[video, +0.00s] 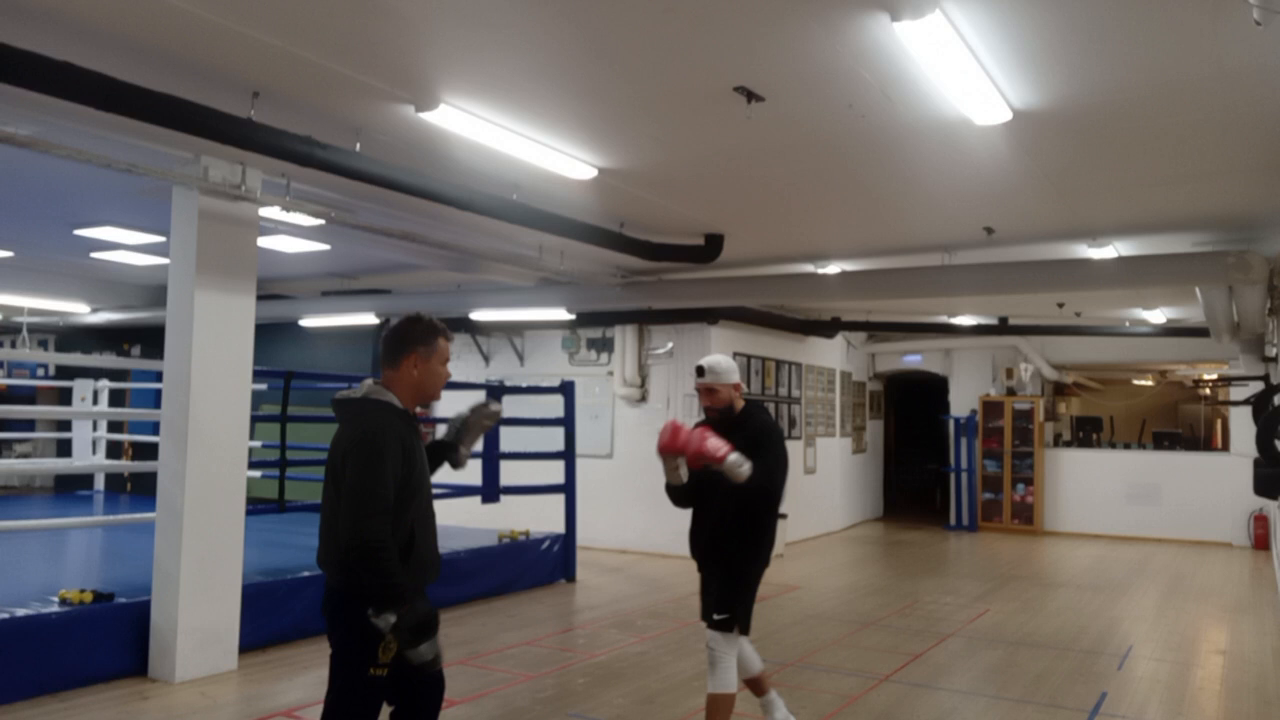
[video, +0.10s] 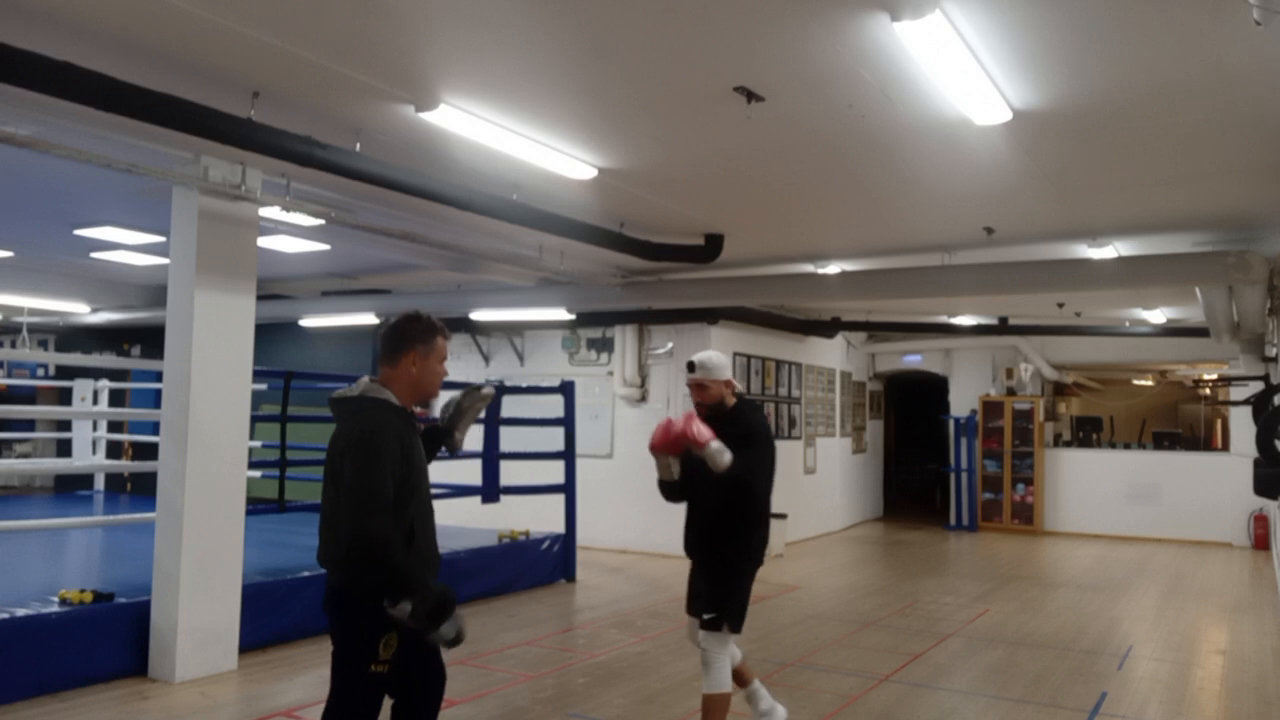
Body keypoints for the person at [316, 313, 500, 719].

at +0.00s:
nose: (448, 374)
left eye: (448, 363)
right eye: (444, 362)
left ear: (413, 364)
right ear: (415, 363)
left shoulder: (386, 416)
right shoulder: (380, 423)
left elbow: (397, 481)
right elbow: (372, 530)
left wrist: (451, 443)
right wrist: (405, 613)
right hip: (372, 599)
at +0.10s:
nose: (445, 372)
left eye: (445, 361)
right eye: (441, 360)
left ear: (410, 362)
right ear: (413, 361)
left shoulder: (381, 413)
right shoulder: (378, 421)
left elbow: (393, 469)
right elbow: (374, 526)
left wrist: (445, 431)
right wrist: (426, 601)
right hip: (370, 594)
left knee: (424, 684)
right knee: (356, 701)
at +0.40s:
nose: (458, 377)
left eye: (457, 367)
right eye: (452, 366)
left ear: (421, 367)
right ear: (421, 366)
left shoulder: (414, 417)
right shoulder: (379, 423)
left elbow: (428, 455)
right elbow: (369, 533)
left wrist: (467, 417)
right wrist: (440, 595)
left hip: (420, 588)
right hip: (381, 590)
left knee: (424, 696)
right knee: (372, 701)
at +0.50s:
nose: (470, 379)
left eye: (470, 369)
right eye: (465, 368)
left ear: (435, 371)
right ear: (433, 370)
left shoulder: (434, 417)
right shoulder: (389, 425)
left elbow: (469, 429)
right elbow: (368, 523)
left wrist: (506, 410)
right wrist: (420, 591)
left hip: (428, 583)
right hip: (384, 586)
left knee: (426, 697)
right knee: (376, 698)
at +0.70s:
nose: (475, 380)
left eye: (476, 370)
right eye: (469, 370)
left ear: (442, 370)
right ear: (438, 369)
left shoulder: (447, 416)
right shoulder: (391, 420)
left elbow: (470, 452)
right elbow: (357, 511)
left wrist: (522, 447)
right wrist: (415, 582)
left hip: (428, 578)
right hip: (385, 581)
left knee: (424, 696)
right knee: (381, 695)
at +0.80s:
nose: (468, 381)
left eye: (469, 371)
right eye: (463, 370)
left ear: (434, 371)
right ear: (433, 370)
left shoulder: (430, 418)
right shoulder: (387, 420)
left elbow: (428, 484)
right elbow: (350, 509)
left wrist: (482, 476)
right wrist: (402, 577)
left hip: (423, 583)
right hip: (381, 585)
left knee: (420, 700)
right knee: (372, 698)